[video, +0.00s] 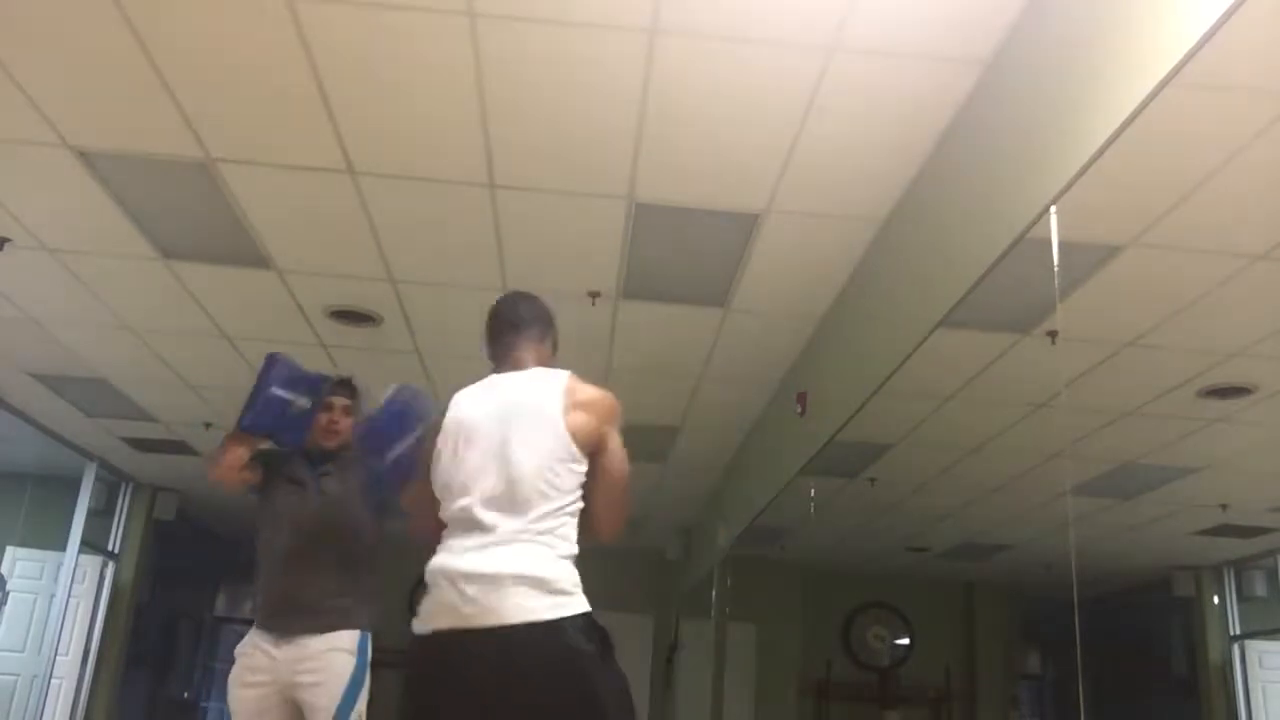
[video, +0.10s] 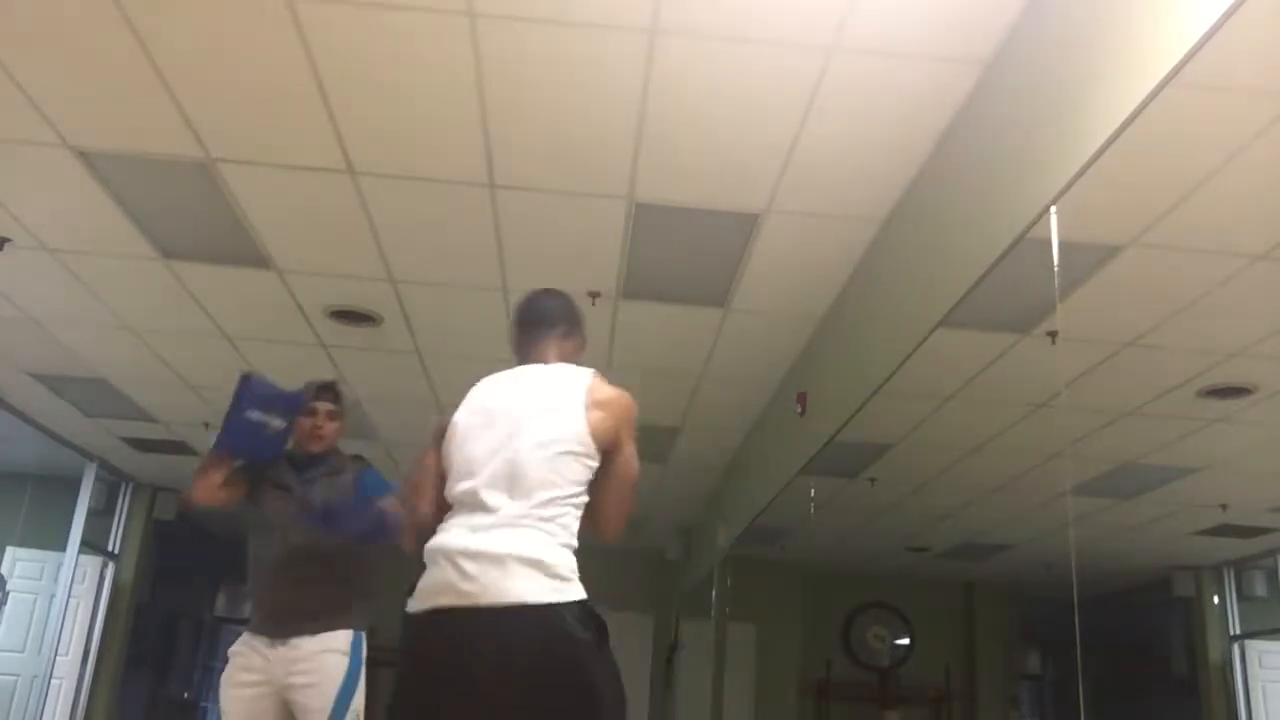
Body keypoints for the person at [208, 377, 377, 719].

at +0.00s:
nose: (334, 418)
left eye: (345, 412)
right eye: (326, 408)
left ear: (356, 424)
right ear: (309, 416)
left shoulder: (370, 471)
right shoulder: (277, 466)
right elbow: (221, 475)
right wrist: (258, 421)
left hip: (334, 646)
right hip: (264, 644)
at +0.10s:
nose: (319, 424)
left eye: (331, 416)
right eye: (309, 414)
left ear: (341, 427)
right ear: (293, 421)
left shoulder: (357, 476)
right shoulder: (266, 472)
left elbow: (405, 533)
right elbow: (202, 495)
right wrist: (237, 431)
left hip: (328, 648)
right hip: (258, 646)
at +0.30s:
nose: (325, 421)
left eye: (336, 414)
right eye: (316, 411)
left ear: (344, 425)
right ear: (298, 417)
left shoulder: (361, 471)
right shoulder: (268, 470)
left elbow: (405, 544)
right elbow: (199, 520)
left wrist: (378, 592)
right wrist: (234, 456)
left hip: (330, 641)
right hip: (261, 641)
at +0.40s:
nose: (344, 422)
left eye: (355, 416)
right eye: (336, 411)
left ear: (362, 427)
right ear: (317, 418)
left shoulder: (376, 476)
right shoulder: (279, 469)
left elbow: (415, 548)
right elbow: (211, 536)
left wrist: (389, 600)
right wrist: (246, 471)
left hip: (335, 641)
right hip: (265, 640)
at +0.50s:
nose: (367, 429)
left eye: (378, 424)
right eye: (360, 418)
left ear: (385, 436)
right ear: (340, 423)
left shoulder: (394, 484)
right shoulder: (297, 472)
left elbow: (429, 560)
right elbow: (231, 547)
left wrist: (397, 606)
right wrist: (260, 517)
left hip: (348, 646)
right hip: (276, 643)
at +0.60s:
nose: (393, 437)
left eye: (405, 433)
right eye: (387, 426)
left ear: (411, 445)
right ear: (367, 429)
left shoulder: (418, 496)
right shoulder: (320, 478)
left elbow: (447, 576)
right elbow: (260, 553)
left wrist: (407, 620)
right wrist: (286, 534)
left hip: (368, 661)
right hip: (295, 652)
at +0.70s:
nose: (421, 443)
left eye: (432, 437)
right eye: (415, 430)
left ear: (439, 448)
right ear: (395, 432)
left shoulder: (446, 500)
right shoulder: (348, 480)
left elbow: (478, 575)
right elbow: (289, 552)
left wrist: (436, 625)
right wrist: (324, 538)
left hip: (396, 664)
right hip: (325, 654)